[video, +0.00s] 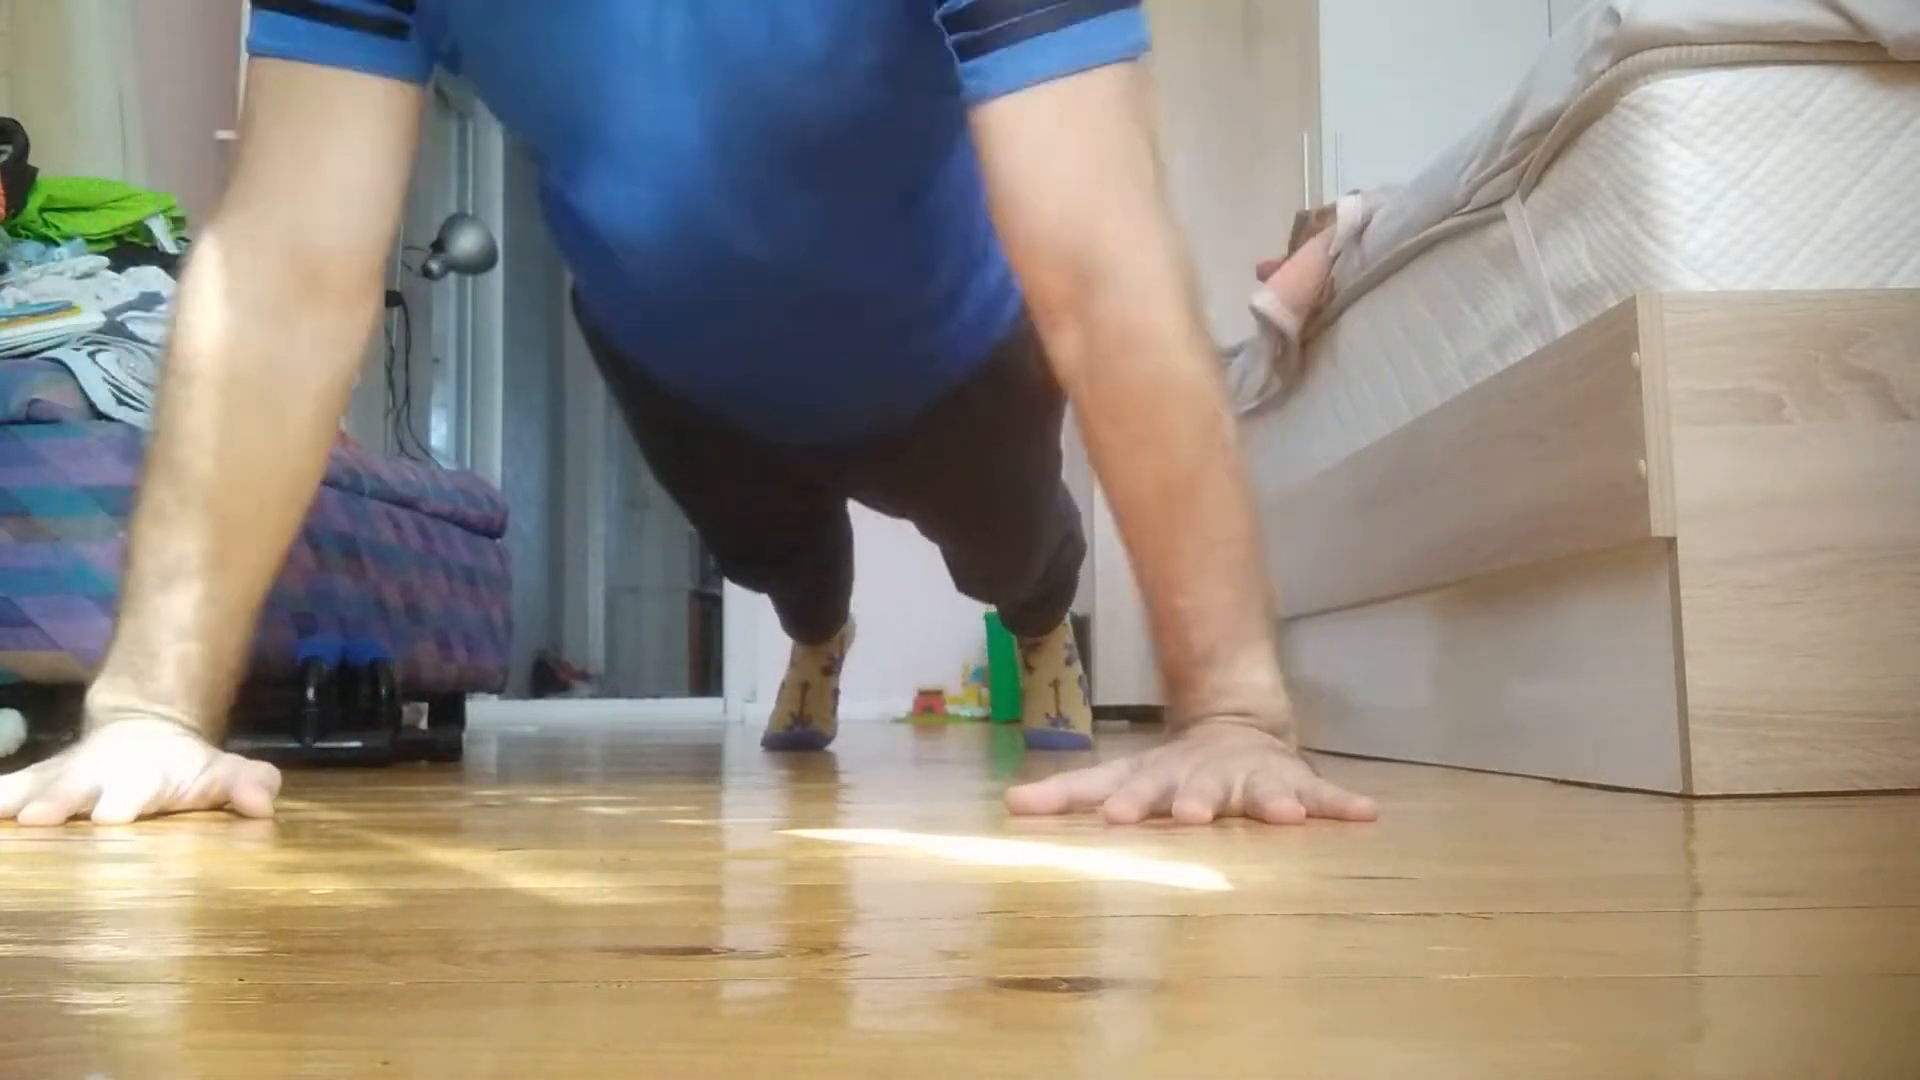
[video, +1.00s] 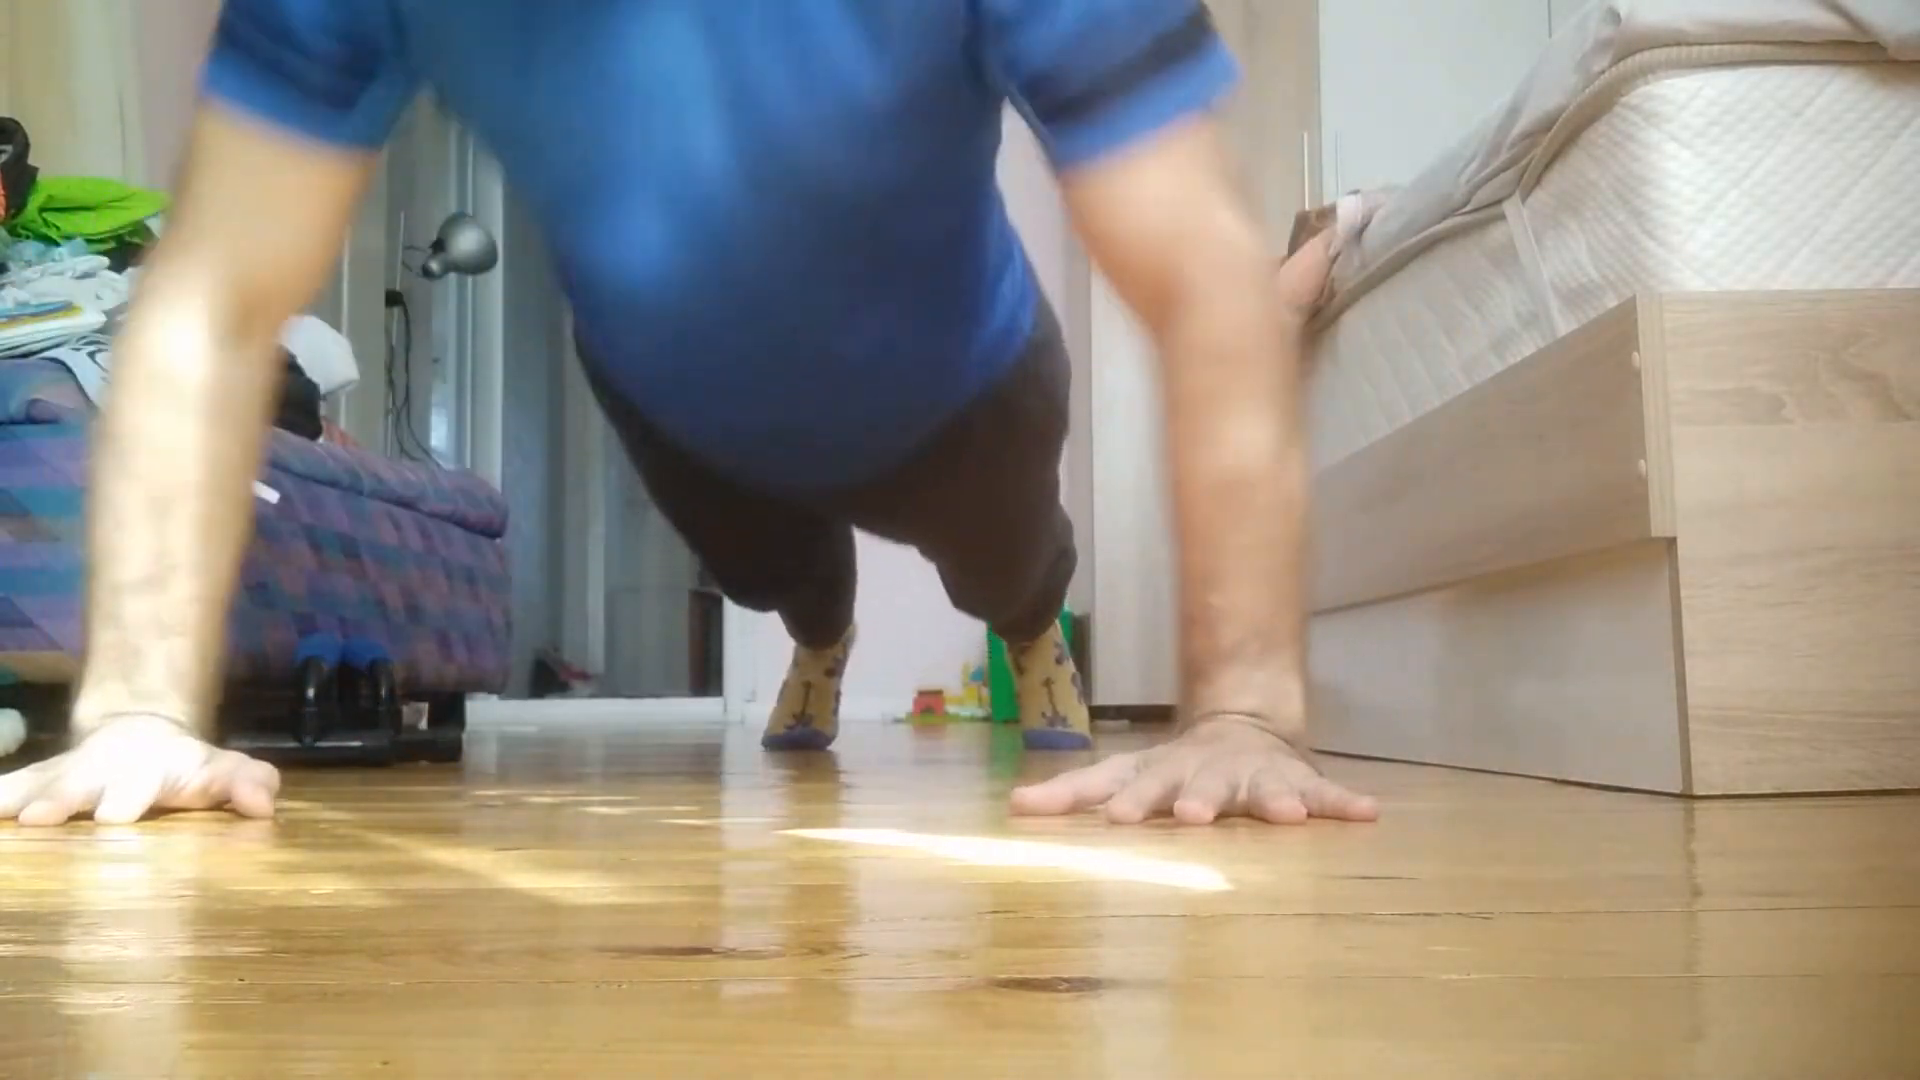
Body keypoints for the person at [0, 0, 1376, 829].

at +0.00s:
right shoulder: (381, 2)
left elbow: (1102, 266)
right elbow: (284, 269)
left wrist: (1236, 700)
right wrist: (154, 708)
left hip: (941, 360)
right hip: (683, 378)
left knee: (1013, 549)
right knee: (778, 550)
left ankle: (1015, 622)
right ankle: (817, 642)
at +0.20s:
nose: (521, 124)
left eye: (572, 50)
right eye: (472, 54)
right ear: (412, 13)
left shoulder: (951, 32)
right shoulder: (322, 52)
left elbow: (1320, 331)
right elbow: (97, 355)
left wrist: (1249, 718)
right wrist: (136, 716)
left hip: (946, 508)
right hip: (698, 553)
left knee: (1011, 625)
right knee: (787, 617)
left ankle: (1013, 660)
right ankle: (811, 659)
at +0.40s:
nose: (480, 742)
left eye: (547, 646)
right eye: (393, 666)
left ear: (707, 447)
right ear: (294, 526)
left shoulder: (942, 389)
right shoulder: (243, 382)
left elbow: (1361, 348)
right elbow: (43, 377)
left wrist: (1250, 723)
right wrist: (133, 715)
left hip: (938, 727)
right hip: (615, 761)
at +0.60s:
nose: (488, 655)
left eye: (547, 573)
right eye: (406, 587)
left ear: (718, 388)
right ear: (317, 463)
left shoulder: (962, 370)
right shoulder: (241, 363)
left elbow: (1410, 352)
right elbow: (24, 369)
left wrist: (1260, 723)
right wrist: (121, 706)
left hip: (943, 641)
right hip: (681, 664)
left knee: (1008, 633)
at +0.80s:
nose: (530, 214)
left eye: (584, 109)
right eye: (457, 139)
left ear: (738, 19)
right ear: (383, 76)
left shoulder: (978, 101)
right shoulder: (303, 134)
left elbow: (1376, 357)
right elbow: (45, 380)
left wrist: (1264, 714)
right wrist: (134, 717)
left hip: (954, 495)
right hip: (704, 535)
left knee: (1008, 607)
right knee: (791, 611)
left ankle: (1027, 644)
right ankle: (816, 657)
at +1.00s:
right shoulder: (360, 17)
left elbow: (1216, 280)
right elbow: (210, 300)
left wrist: (1249, 709)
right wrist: (145, 712)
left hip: (942, 387)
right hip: (687, 427)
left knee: (1002, 564)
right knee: (783, 569)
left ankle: (1012, 626)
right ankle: (820, 644)